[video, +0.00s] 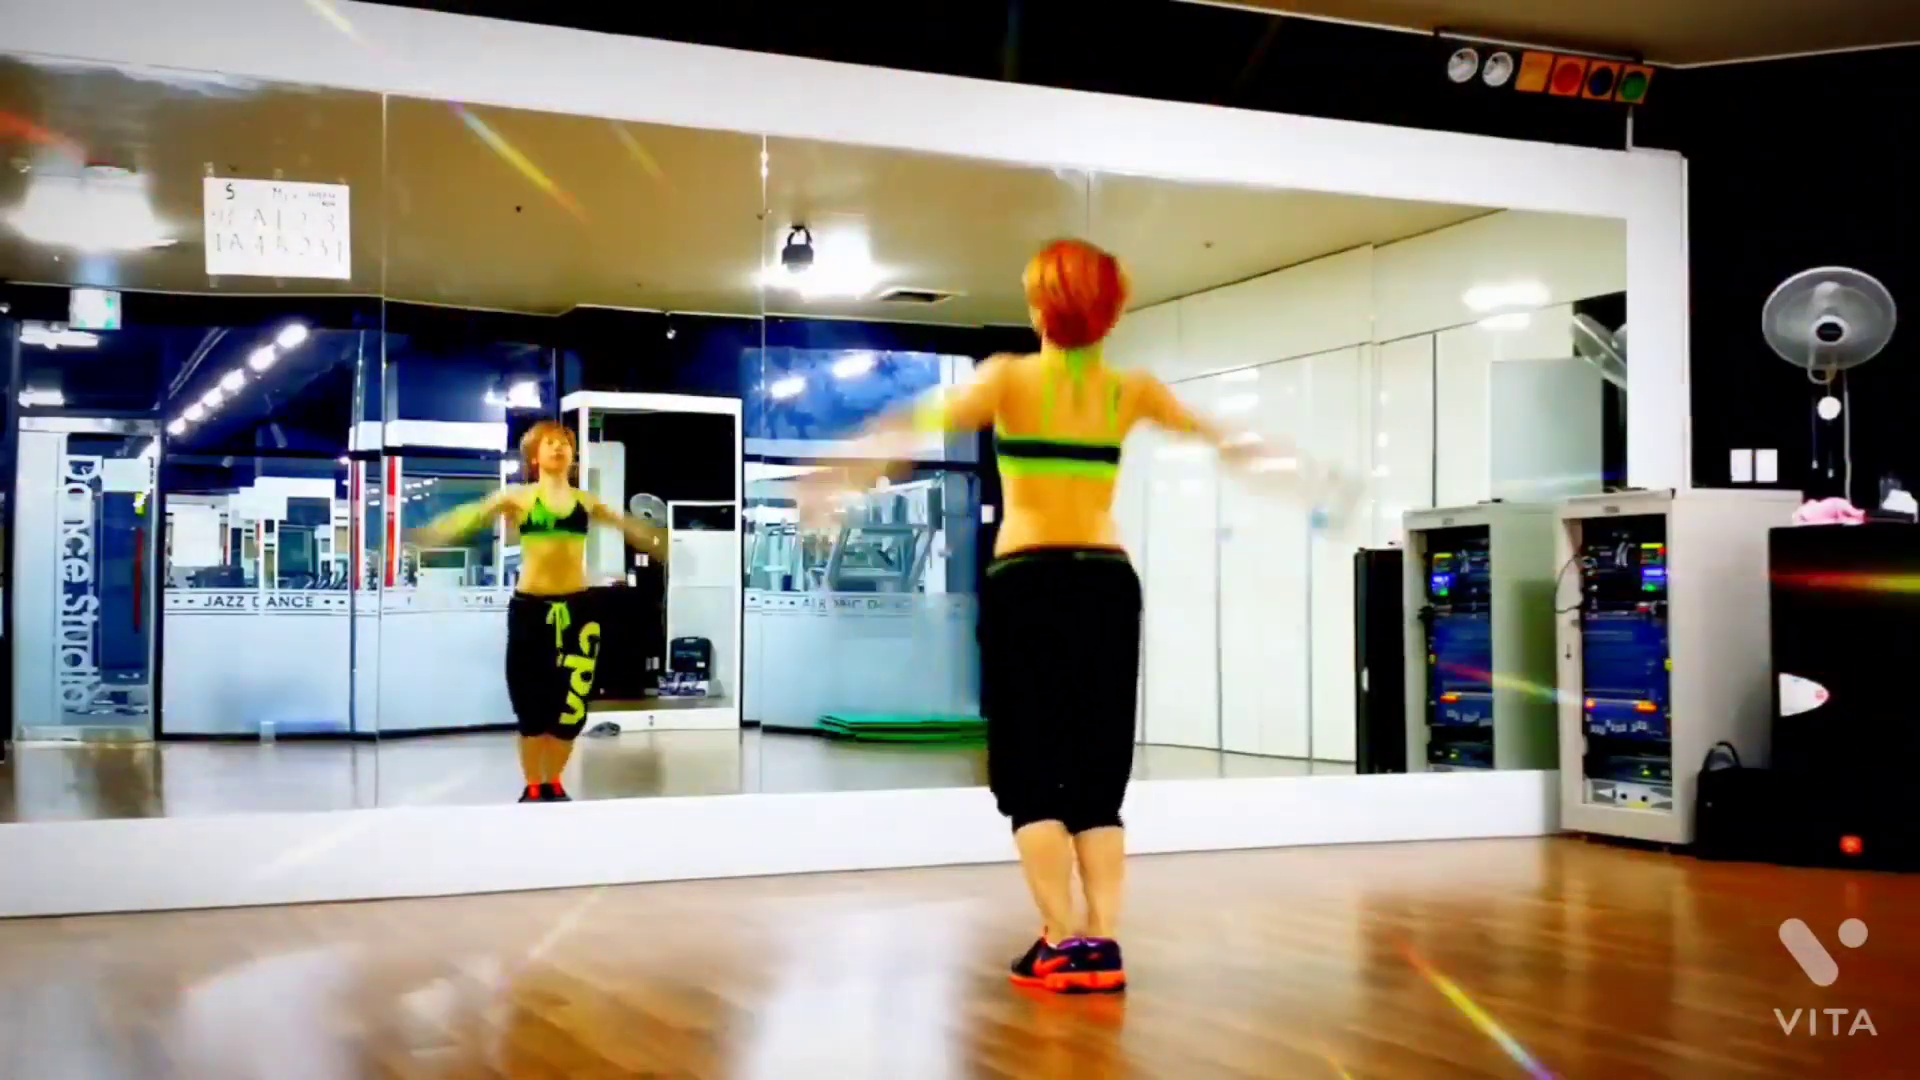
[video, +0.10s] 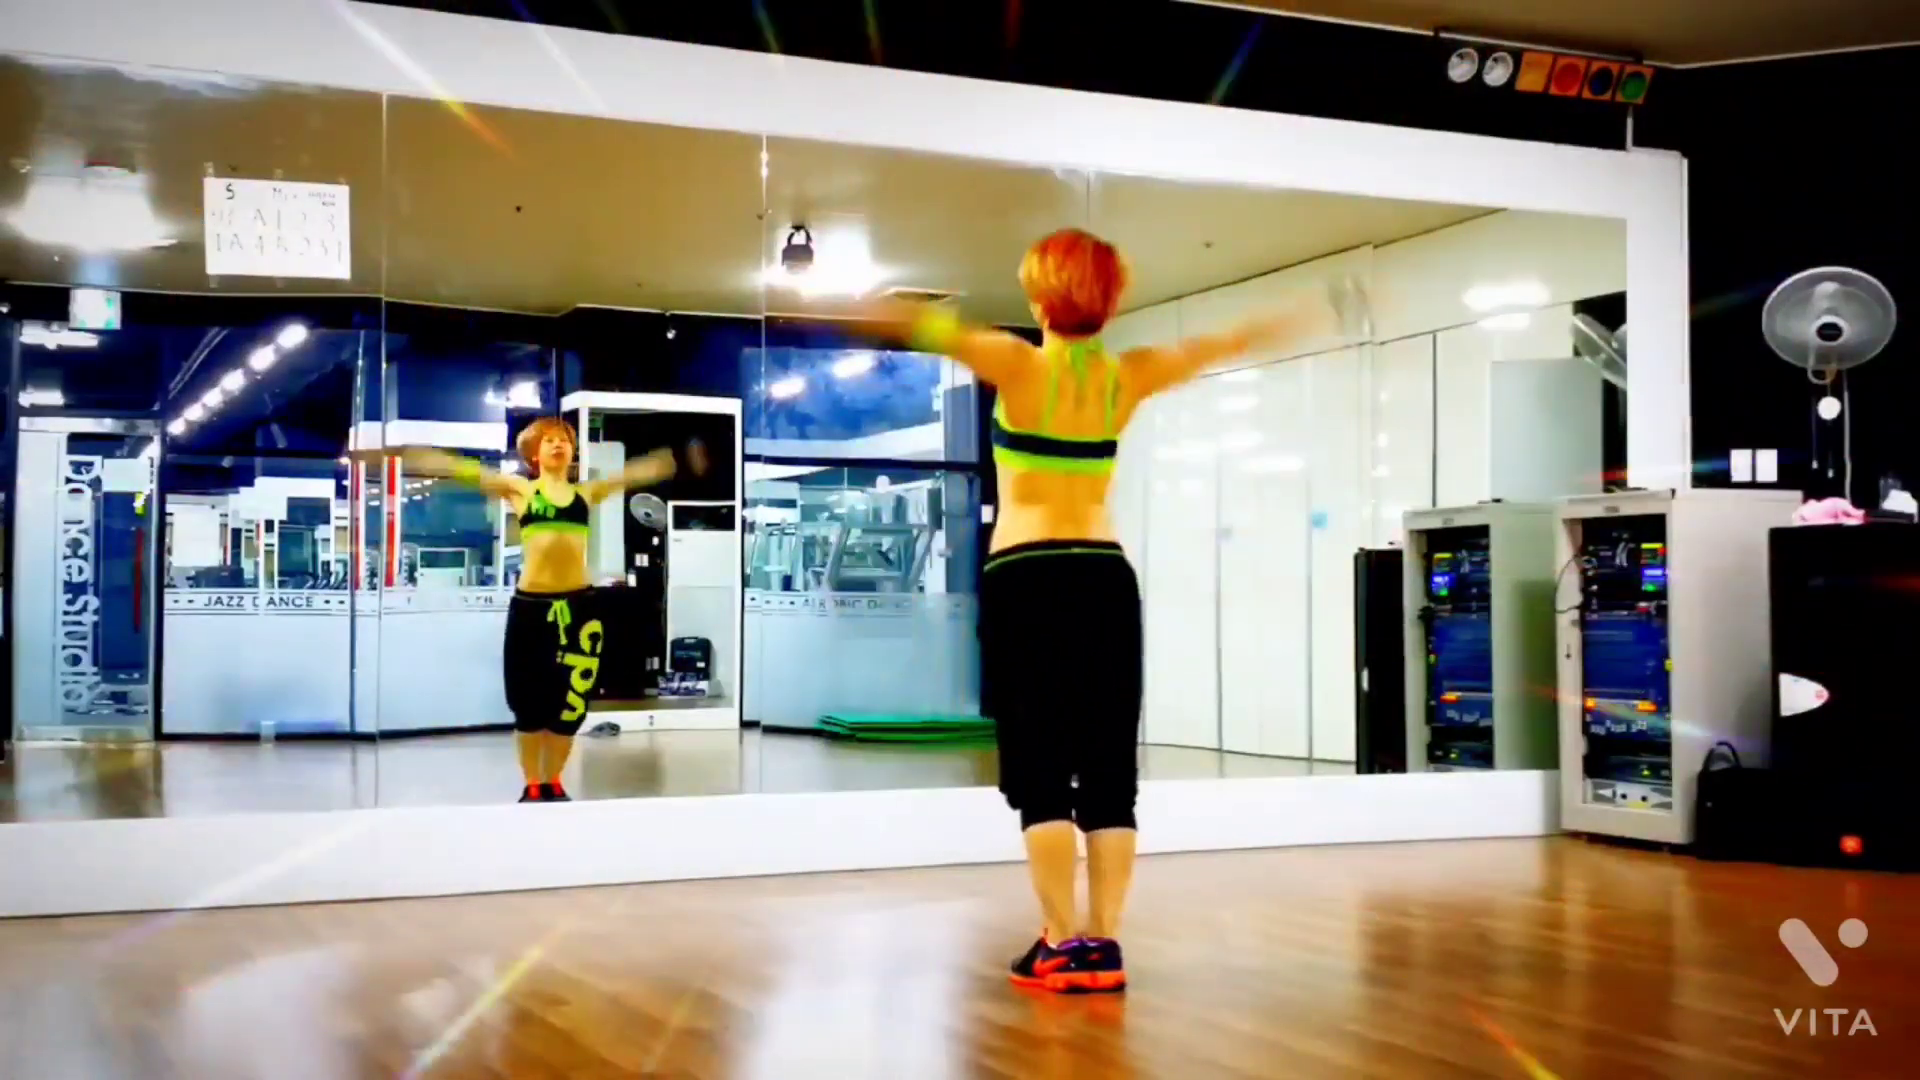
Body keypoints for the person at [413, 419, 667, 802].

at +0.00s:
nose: (557, 448)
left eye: (563, 443)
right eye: (549, 442)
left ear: (573, 455)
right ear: (534, 455)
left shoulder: (584, 501)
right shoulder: (519, 497)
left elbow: (623, 523)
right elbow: (469, 518)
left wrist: (655, 540)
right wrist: (433, 534)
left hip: (576, 605)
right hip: (530, 606)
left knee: (571, 704)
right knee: (533, 703)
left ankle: (552, 781)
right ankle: (533, 786)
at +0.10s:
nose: (557, 445)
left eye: (564, 440)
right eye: (549, 440)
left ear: (573, 451)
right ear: (534, 451)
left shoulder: (584, 492)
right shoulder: (521, 489)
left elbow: (632, 475)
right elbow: (462, 470)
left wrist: (673, 459)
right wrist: (401, 457)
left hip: (577, 604)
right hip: (530, 604)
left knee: (569, 702)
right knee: (529, 702)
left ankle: (553, 783)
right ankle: (532, 785)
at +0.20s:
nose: (558, 446)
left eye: (564, 441)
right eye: (549, 441)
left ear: (573, 452)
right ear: (533, 452)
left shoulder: (583, 486)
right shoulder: (521, 484)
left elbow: (615, 439)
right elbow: (480, 437)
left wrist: (643, 400)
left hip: (579, 605)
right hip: (531, 606)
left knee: (570, 704)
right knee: (529, 704)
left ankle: (551, 783)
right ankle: (532, 786)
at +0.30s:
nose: (557, 449)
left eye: (563, 442)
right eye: (548, 442)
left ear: (573, 451)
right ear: (532, 451)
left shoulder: (583, 484)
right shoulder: (523, 482)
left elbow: (592, 428)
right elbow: (506, 426)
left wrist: (602, 373)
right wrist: (483, 371)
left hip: (580, 603)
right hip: (532, 603)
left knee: (571, 703)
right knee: (530, 704)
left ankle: (552, 783)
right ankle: (532, 785)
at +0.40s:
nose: (557, 450)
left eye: (563, 444)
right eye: (547, 445)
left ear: (572, 450)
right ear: (534, 454)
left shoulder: (583, 485)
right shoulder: (525, 486)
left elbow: (578, 417)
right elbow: (524, 417)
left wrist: (568, 365)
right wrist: (525, 362)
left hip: (580, 601)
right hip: (532, 602)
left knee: (570, 701)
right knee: (531, 701)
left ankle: (552, 782)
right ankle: (531, 784)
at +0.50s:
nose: (556, 454)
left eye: (562, 447)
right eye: (548, 448)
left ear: (572, 453)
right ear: (534, 455)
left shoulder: (582, 489)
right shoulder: (524, 490)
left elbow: (576, 423)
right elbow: (532, 424)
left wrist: (560, 379)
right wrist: (541, 369)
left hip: (578, 601)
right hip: (531, 602)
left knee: (570, 700)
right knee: (531, 700)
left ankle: (552, 782)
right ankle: (531, 784)